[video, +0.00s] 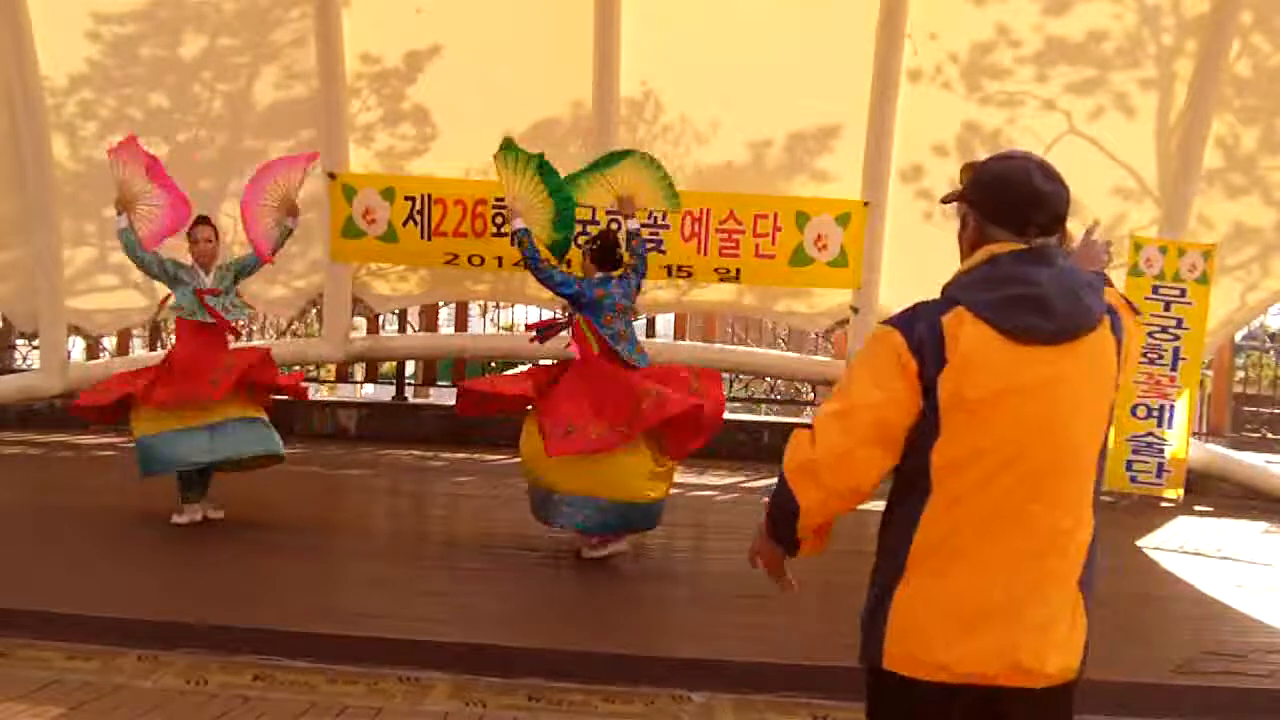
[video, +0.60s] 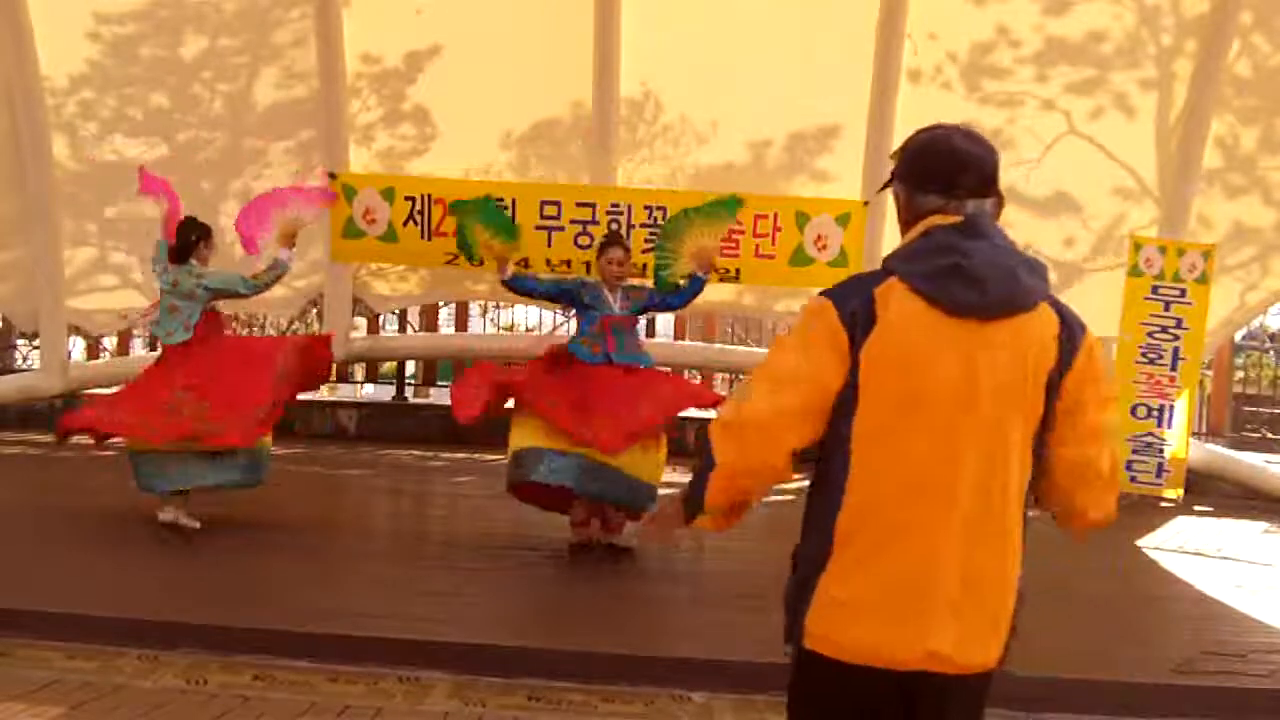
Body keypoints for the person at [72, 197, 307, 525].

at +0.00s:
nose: (203, 247)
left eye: (209, 241)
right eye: (197, 241)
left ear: (218, 244)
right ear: (189, 246)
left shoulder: (228, 274)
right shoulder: (180, 275)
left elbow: (262, 253)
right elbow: (142, 257)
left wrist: (289, 223)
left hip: (217, 354)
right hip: (186, 354)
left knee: (212, 425)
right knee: (186, 426)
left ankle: (200, 498)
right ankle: (188, 502)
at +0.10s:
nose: (191, 246)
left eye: (198, 240)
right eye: (188, 240)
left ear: (215, 244)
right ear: (186, 245)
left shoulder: (223, 276)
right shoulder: (181, 275)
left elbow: (243, 251)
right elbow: (143, 257)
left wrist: (247, 212)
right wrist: (118, 220)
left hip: (213, 354)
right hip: (182, 354)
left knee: (212, 426)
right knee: (182, 426)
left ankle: (210, 495)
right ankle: (190, 499)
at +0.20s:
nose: (182, 244)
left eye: (190, 237)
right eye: (182, 237)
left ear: (207, 239)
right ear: (185, 242)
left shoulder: (212, 274)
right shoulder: (191, 275)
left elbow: (199, 242)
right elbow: (161, 255)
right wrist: (147, 225)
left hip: (205, 356)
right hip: (187, 355)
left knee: (193, 425)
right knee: (188, 425)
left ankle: (193, 502)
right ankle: (190, 499)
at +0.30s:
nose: (189, 236)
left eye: (195, 231)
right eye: (192, 231)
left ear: (207, 235)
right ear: (209, 236)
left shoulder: (199, 266)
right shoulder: (212, 267)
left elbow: (161, 252)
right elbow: (169, 253)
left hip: (190, 352)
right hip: (205, 350)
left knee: (181, 420)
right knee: (191, 419)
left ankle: (183, 502)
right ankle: (190, 498)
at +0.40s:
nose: (182, 234)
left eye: (187, 231)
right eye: (187, 230)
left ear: (192, 240)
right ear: (213, 244)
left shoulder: (182, 274)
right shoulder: (219, 275)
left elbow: (138, 252)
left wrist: (109, 212)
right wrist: (248, 224)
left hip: (186, 357)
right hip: (215, 357)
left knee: (182, 427)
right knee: (203, 428)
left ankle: (182, 507)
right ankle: (198, 504)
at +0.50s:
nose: (207, 247)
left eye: (197, 238)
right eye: (209, 242)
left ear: (182, 244)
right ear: (208, 248)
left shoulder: (168, 276)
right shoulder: (216, 282)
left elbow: (137, 256)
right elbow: (260, 275)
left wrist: (123, 222)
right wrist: (286, 240)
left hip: (173, 361)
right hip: (207, 362)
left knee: (172, 429)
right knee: (199, 429)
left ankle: (175, 506)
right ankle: (189, 502)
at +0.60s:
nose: (212, 251)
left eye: (210, 245)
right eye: (210, 246)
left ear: (179, 244)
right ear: (201, 247)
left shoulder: (168, 274)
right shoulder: (202, 281)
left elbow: (163, 250)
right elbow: (254, 285)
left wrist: (168, 221)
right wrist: (286, 251)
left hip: (171, 362)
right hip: (199, 366)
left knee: (177, 431)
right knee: (195, 432)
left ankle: (172, 502)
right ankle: (175, 504)